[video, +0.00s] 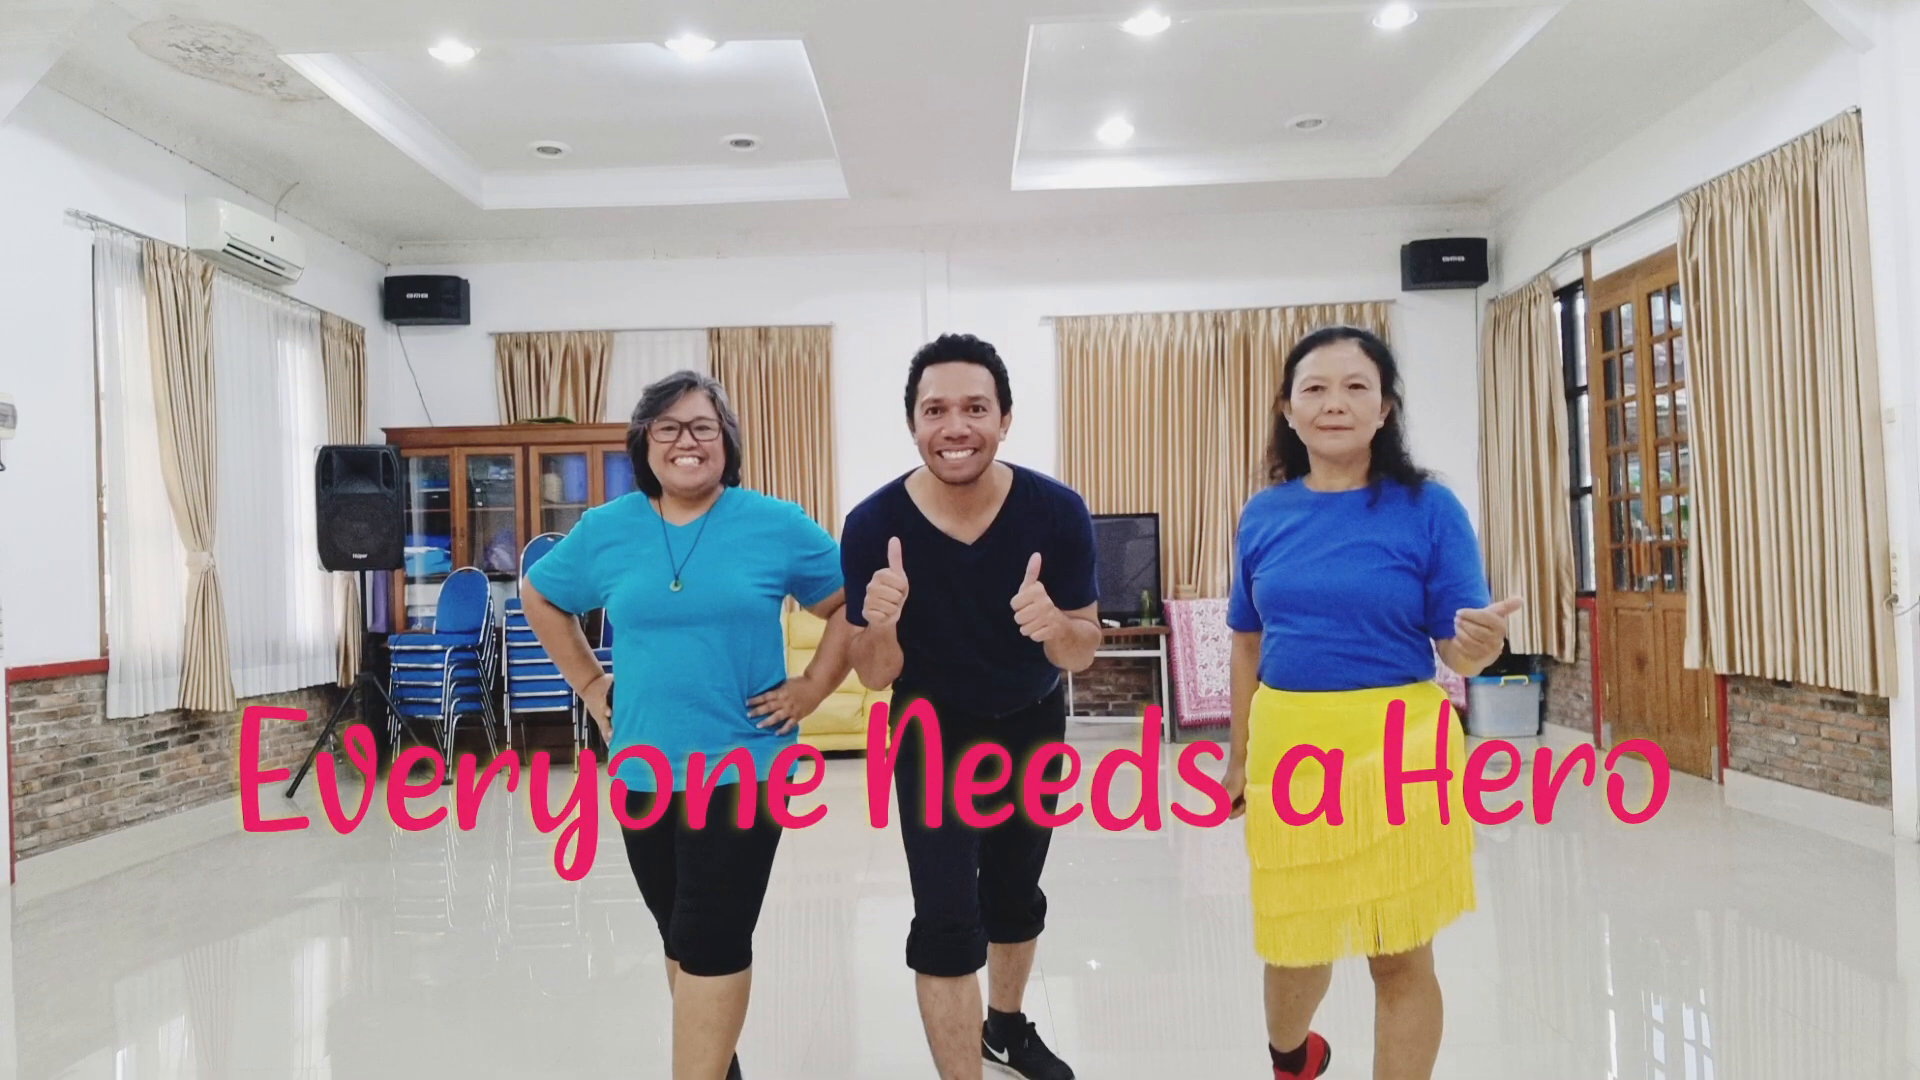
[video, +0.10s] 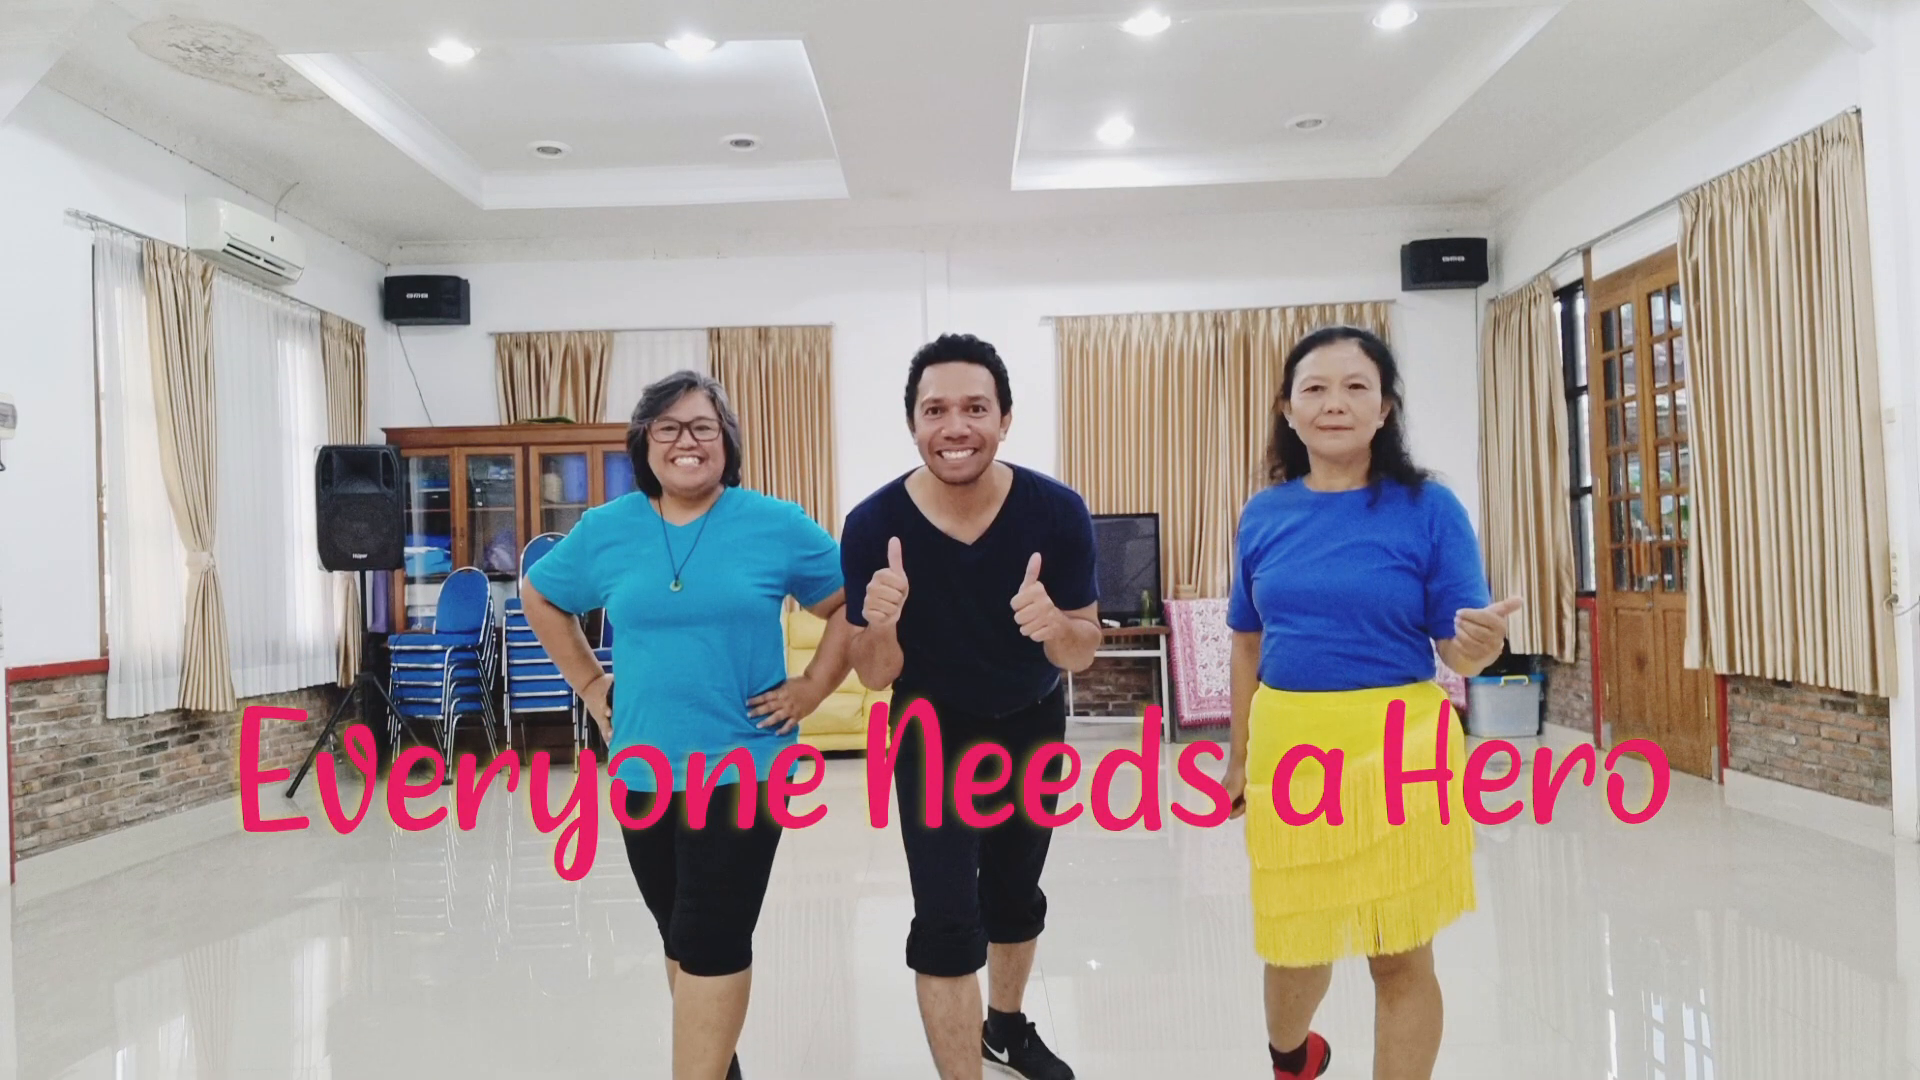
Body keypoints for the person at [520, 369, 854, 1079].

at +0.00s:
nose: (687, 441)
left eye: (703, 428)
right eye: (670, 429)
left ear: (727, 443)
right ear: (644, 446)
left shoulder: (778, 527)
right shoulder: (605, 530)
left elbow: (854, 606)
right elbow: (537, 594)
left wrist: (813, 686)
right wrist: (591, 682)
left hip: (746, 773)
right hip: (643, 775)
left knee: (709, 947)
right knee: (683, 945)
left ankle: (696, 1079)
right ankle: (722, 1070)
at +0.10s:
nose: (687, 441)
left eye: (703, 428)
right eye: (670, 429)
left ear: (727, 443)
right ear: (644, 446)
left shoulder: (778, 527)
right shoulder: (605, 530)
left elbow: (854, 606)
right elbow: (537, 594)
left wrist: (813, 686)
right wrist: (591, 682)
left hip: (746, 773)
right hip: (643, 775)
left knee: (708, 947)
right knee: (683, 945)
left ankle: (696, 1079)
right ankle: (722, 1070)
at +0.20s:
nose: (687, 441)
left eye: (703, 428)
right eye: (670, 429)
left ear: (727, 443)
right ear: (644, 446)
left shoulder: (778, 527)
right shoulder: (605, 530)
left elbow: (854, 606)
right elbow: (537, 594)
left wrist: (813, 686)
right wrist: (591, 682)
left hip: (746, 773)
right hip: (643, 775)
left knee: (708, 947)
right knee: (683, 945)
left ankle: (696, 1079)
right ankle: (722, 1070)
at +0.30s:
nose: (687, 440)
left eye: (702, 428)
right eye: (670, 428)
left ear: (727, 443)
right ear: (645, 446)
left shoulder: (778, 527)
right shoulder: (605, 530)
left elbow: (853, 605)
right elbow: (538, 594)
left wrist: (812, 686)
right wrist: (590, 683)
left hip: (746, 773)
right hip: (643, 775)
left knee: (708, 946)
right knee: (683, 944)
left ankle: (696, 1079)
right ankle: (722, 1070)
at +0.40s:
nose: (687, 440)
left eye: (702, 428)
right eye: (670, 428)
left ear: (727, 443)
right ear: (645, 446)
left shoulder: (778, 527)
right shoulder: (605, 530)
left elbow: (853, 605)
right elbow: (538, 594)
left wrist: (812, 686)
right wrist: (590, 683)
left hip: (746, 773)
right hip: (643, 775)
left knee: (708, 946)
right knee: (683, 944)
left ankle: (696, 1079)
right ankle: (722, 1070)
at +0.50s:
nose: (687, 440)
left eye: (702, 428)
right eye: (670, 428)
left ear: (727, 443)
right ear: (645, 446)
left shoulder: (778, 527)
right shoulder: (605, 530)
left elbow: (853, 605)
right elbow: (538, 594)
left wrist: (812, 686)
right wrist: (590, 683)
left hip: (746, 773)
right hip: (643, 775)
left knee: (708, 946)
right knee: (683, 944)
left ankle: (696, 1079)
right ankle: (722, 1070)